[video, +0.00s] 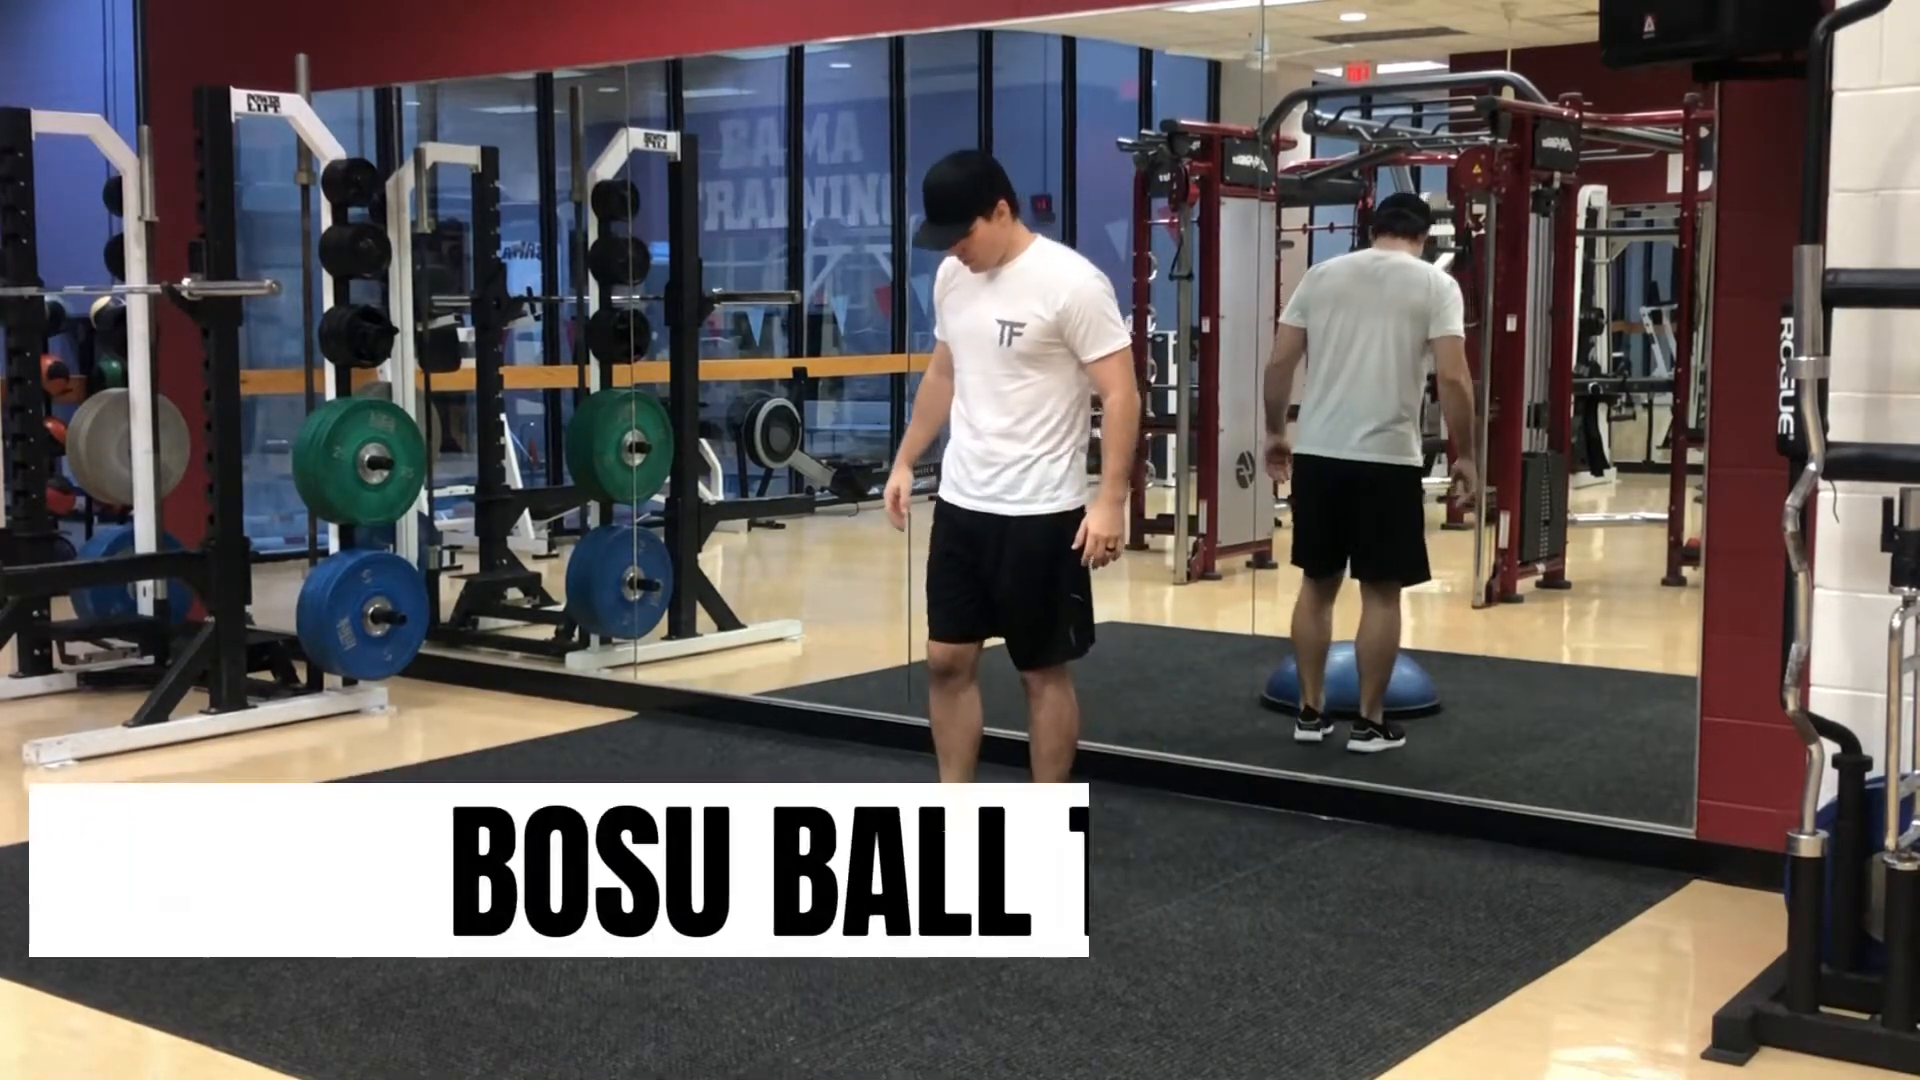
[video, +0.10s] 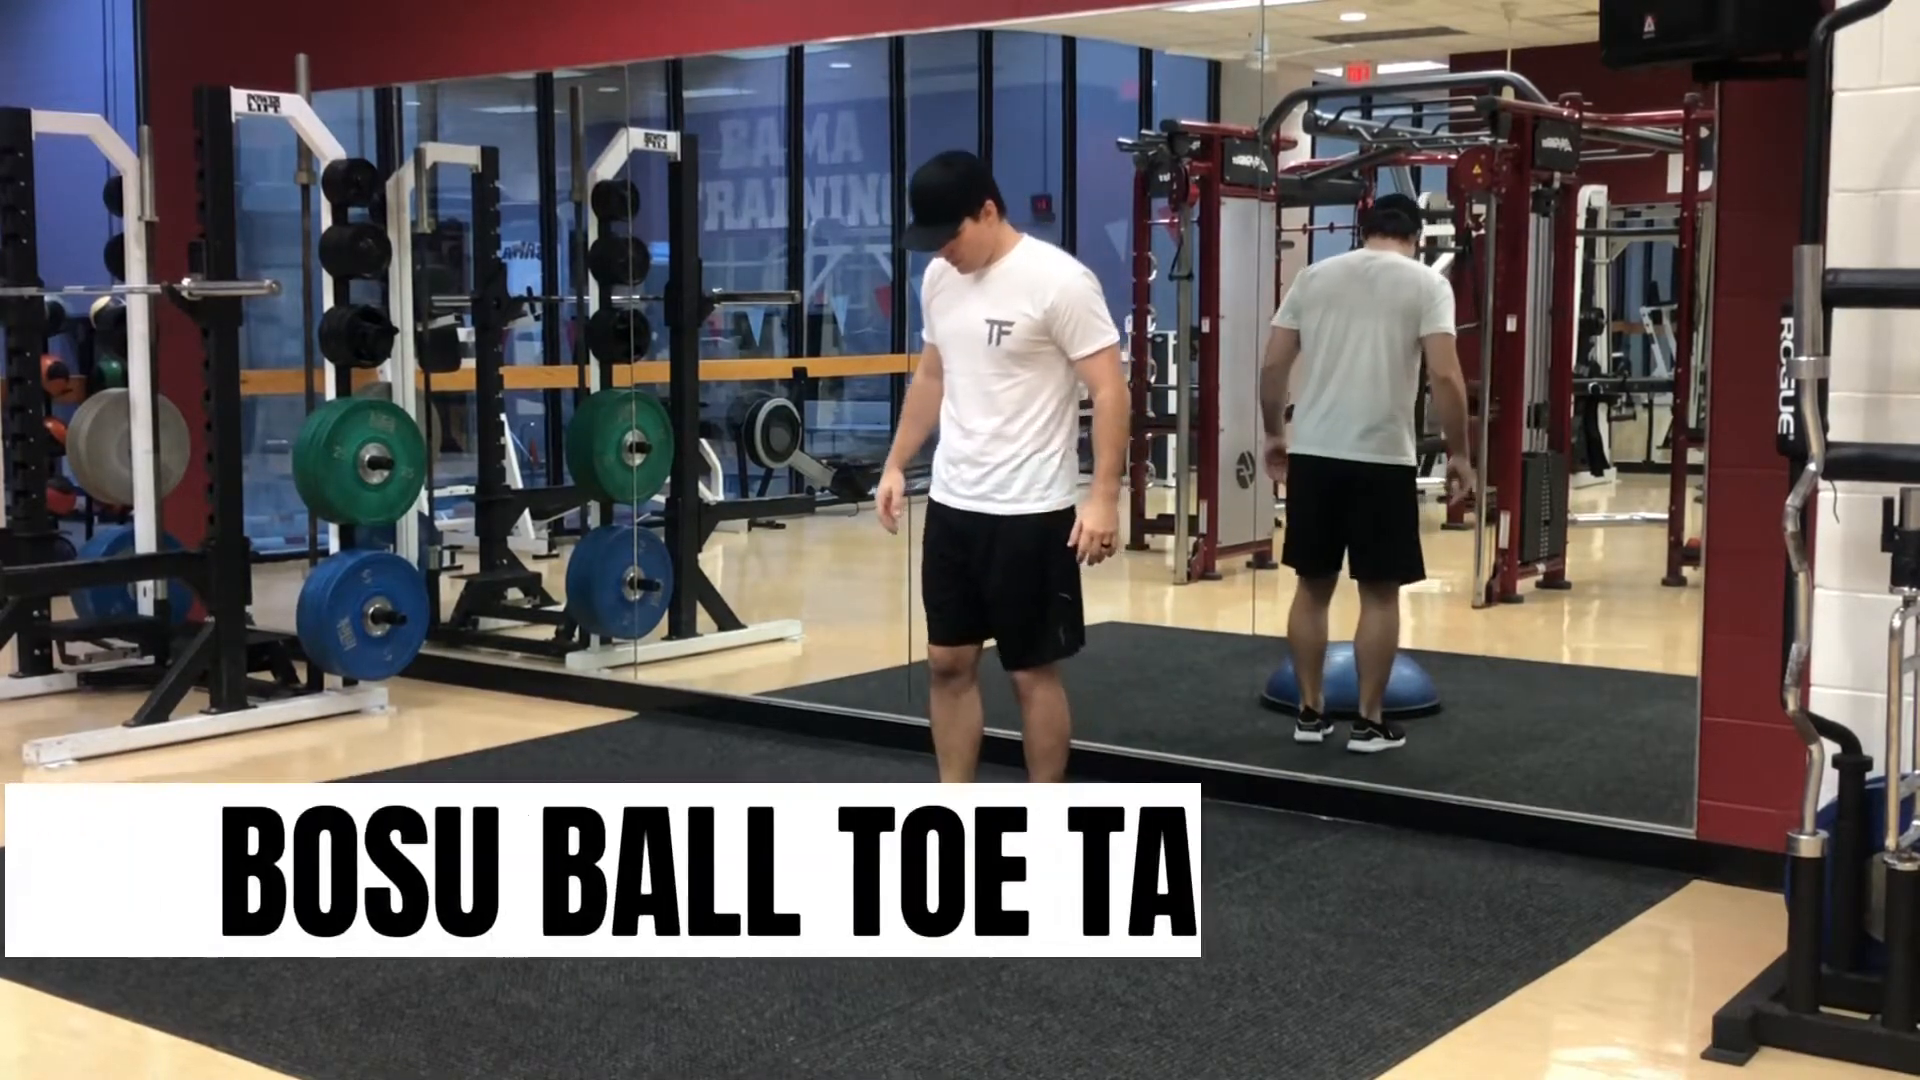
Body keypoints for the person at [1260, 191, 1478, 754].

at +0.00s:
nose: (1425, 250)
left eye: (1421, 244)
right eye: (1427, 243)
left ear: (1372, 231)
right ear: (1421, 239)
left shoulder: (1322, 274)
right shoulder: (1434, 283)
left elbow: (1278, 364)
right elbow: (1453, 381)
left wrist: (1274, 432)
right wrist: (1466, 456)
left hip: (1317, 460)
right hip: (1388, 467)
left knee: (1317, 583)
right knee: (1381, 592)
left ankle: (1310, 712)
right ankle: (1369, 722)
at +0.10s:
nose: (1418, 252)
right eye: (1421, 245)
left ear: (1363, 233)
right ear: (1416, 241)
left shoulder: (1313, 276)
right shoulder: (1426, 284)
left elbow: (1272, 365)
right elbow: (1444, 377)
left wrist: (1273, 433)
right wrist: (1458, 453)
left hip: (1312, 460)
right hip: (1383, 467)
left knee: (1312, 587)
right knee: (1379, 593)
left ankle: (1309, 713)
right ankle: (1369, 722)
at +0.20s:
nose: (1410, 253)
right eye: (1412, 246)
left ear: (1357, 234)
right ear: (1405, 242)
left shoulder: (1307, 278)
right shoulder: (1417, 283)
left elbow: (1266, 368)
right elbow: (1438, 375)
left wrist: (1271, 438)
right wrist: (1454, 452)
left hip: (1307, 461)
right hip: (1379, 466)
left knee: (1308, 587)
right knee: (1380, 593)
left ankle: (1309, 714)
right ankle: (1369, 720)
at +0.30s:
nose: (1402, 252)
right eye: (1404, 245)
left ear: (1350, 236)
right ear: (1398, 241)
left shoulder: (1302, 280)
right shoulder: (1412, 279)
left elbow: (1264, 370)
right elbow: (1430, 372)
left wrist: (1266, 442)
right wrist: (1449, 448)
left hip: (1305, 460)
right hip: (1377, 464)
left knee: (1306, 586)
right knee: (1381, 588)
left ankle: (1310, 712)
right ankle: (1369, 710)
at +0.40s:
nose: (1402, 251)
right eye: (1403, 245)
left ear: (1349, 235)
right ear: (1396, 240)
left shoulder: (1302, 279)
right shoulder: (1411, 277)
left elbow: (1264, 370)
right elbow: (1430, 368)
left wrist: (1263, 444)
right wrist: (1445, 441)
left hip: (1307, 459)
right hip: (1379, 461)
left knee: (1307, 586)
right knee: (1380, 587)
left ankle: (1310, 713)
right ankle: (1371, 712)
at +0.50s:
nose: (1404, 252)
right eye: (1405, 245)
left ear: (1350, 237)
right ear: (1397, 240)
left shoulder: (1305, 281)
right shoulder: (1415, 278)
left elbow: (1264, 370)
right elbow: (1435, 367)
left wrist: (1263, 443)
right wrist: (1446, 441)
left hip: (1310, 460)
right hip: (1382, 463)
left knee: (1310, 586)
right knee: (1379, 589)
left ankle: (1310, 713)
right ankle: (1369, 715)